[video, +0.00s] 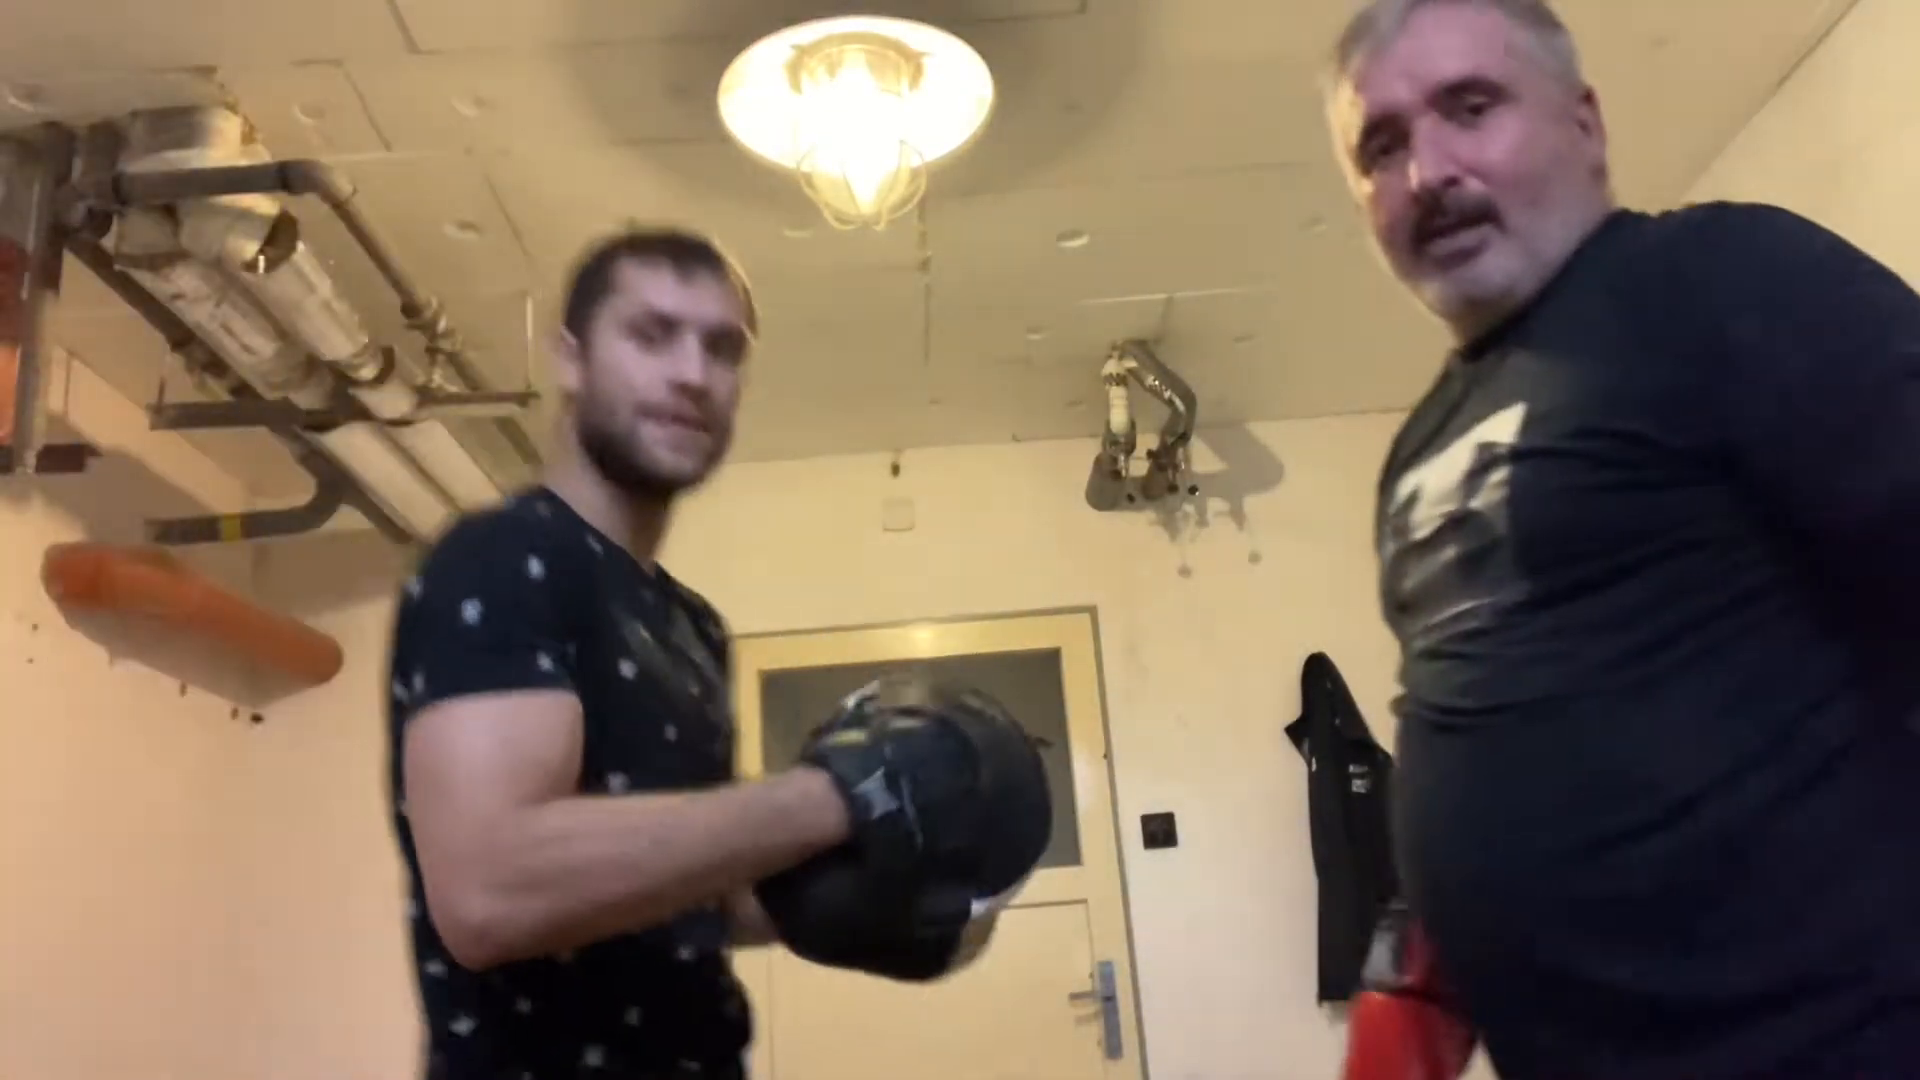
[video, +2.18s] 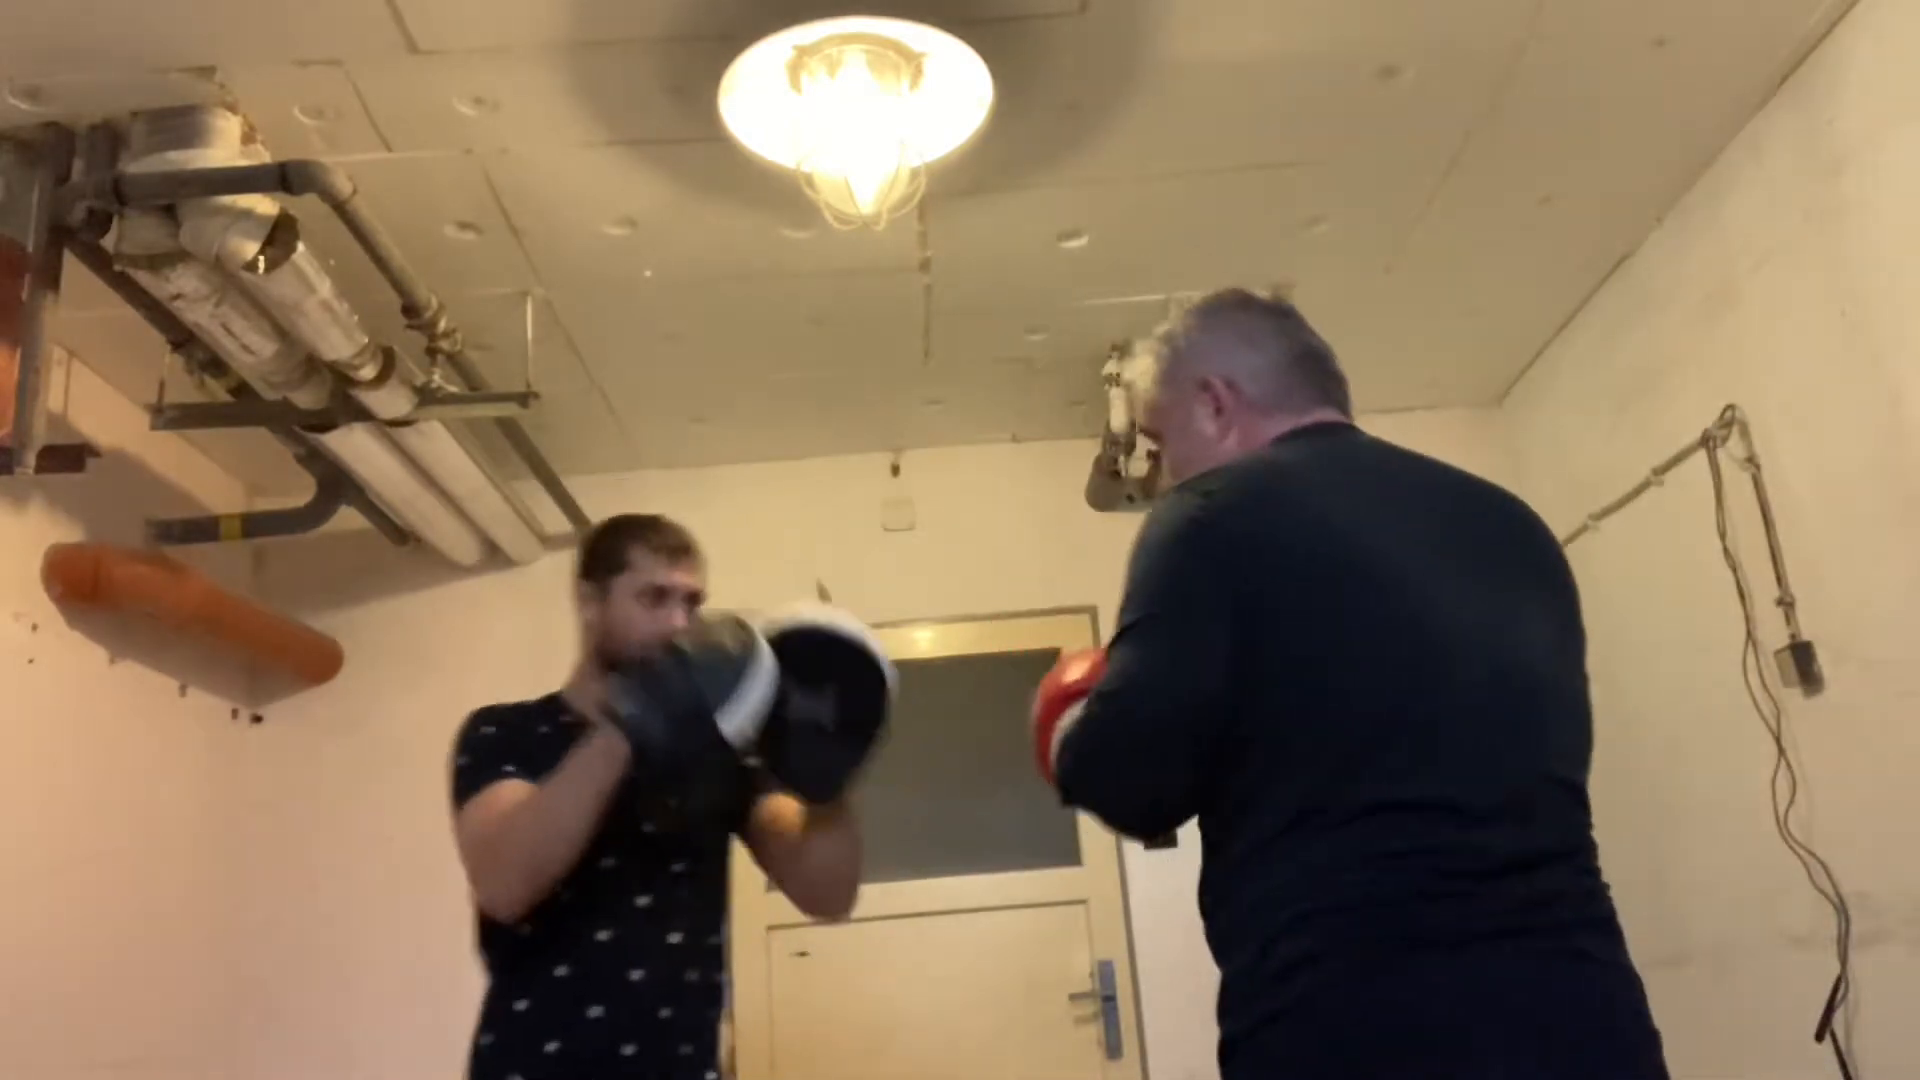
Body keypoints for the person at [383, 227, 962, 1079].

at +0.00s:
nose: (694, 375)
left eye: (721, 350)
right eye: (652, 335)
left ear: (742, 382)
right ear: (571, 357)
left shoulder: (693, 626)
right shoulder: (498, 565)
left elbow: (656, 901)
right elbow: (489, 889)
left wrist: (836, 893)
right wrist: (838, 793)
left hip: (695, 1053)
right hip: (541, 1057)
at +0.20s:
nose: (761, 434)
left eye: (791, 411)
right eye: (726, 399)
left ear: (812, 447)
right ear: (658, 421)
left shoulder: (797, 666)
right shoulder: (561, 615)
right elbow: (499, 909)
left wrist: (895, 926)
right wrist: (790, 836)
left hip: (759, 1055)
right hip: (595, 1054)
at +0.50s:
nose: (748, 469)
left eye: (776, 448)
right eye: (717, 441)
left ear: (801, 484)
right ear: (661, 466)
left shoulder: (833, 690)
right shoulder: (561, 647)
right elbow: (491, 907)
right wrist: (697, 845)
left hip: (767, 1056)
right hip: (591, 1056)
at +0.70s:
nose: (678, 496)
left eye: (705, 473)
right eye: (647, 471)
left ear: (735, 504)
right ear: (600, 497)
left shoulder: (799, 694)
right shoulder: (513, 686)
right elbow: (455, 934)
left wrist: (838, 876)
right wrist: (610, 843)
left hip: (747, 1056)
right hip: (571, 1061)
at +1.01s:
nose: (569, 542)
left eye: (592, 519)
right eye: (539, 520)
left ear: (625, 545)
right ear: (498, 548)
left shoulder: (714, 702)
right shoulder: (439, 741)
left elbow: (802, 917)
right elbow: (412, 979)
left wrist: (758, 865)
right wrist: (520, 872)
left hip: (694, 1058)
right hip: (523, 1062)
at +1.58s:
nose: (667, 578)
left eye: (688, 559)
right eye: (641, 555)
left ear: (710, 582)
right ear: (595, 574)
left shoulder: (767, 730)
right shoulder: (526, 743)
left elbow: (827, 936)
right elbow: (492, 950)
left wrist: (808, 838)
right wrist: (607, 836)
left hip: (723, 1061)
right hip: (574, 1062)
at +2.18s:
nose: (678, 624)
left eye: (691, 604)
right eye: (654, 599)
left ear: (704, 611)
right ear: (590, 602)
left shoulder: (704, 744)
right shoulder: (506, 735)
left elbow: (826, 895)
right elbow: (502, 885)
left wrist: (822, 760)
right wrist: (619, 733)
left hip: (679, 1060)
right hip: (539, 1060)